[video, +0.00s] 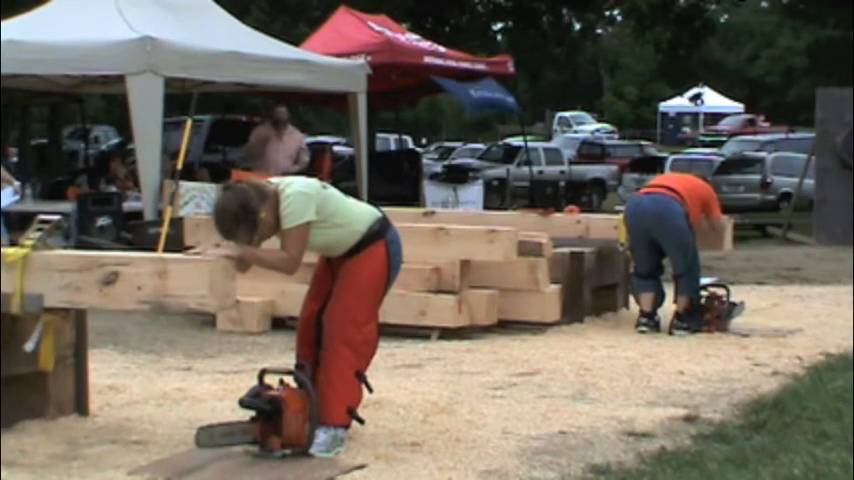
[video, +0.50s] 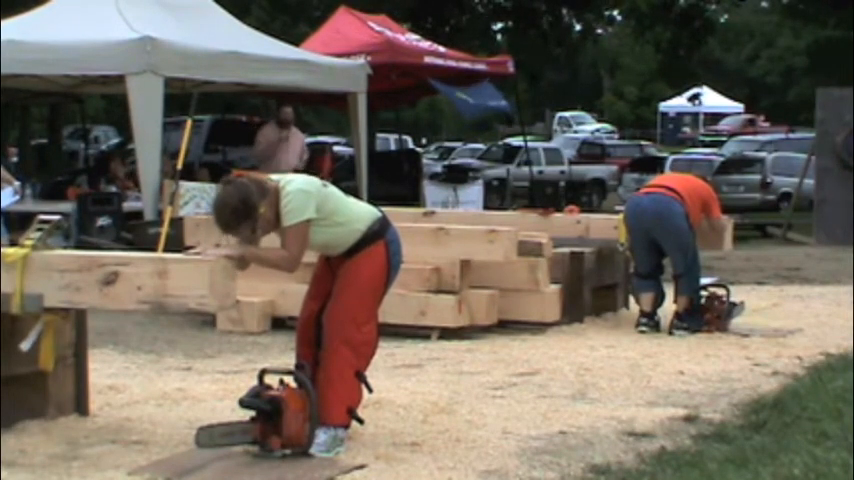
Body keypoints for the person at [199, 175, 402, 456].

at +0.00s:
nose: (259, 240)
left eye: (258, 235)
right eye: (253, 238)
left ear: (264, 213)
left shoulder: (297, 198)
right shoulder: (264, 198)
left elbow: (290, 263)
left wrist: (240, 252)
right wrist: (239, 252)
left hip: (373, 246)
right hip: (337, 251)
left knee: (340, 325)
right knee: (311, 321)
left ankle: (335, 425)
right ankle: (309, 412)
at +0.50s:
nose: (257, 233)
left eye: (256, 228)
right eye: (249, 232)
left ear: (262, 206)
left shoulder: (297, 194)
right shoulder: (263, 194)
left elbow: (290, 261)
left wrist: (242, 253)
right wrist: (230, 252)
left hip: (372, 246)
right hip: (337, 252)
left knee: (340, 325)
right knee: (310, 321)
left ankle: (334, 426)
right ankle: (309, 412)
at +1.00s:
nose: (252, 233)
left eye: (251, 227)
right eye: (244, 231)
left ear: (260, 204)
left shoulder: (296, 195)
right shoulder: (262, 194)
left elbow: (291, 260)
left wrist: (244, 253)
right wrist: (232, 250)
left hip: (371, 247)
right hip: (336, 254)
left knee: (338, 325)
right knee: (309, 322)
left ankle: (334, 425)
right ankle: (309, 413)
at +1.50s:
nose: (246, 234)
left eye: (248, 226)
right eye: (240, 230)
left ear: (261, 204)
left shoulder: (295, 196)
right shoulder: (260, 195)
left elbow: (291, 260)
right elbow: (245, 263)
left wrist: (241, 253)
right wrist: (227, 250)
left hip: (371, 247)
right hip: (335, 254)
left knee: (338, 326)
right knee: (309, 321)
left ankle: (334, 425)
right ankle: (309, 413)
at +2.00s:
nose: (244, 227)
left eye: (242, 219)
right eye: (238, 224)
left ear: (256, 198)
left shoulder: (302, 198)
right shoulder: (263, 214)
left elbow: (325, 262)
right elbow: (277, 267)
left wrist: (281, 281)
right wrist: (264, 293)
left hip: (374, 245)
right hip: (337, 254)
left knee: (338, 322)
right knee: (309, 322)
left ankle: (336, 426)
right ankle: (310, 414)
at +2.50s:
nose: (231, 241)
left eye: (230, 231)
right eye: (226, 235)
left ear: (246, 214)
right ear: (247, 215)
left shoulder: (284, 222)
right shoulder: (274, 227)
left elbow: (298, 296)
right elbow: (295, 296)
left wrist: (287, 359)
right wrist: (304, 351)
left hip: (383, 248)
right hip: (364, 252)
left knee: (334, 331)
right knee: (325, 328)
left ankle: (339, 428)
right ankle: (348, 410)